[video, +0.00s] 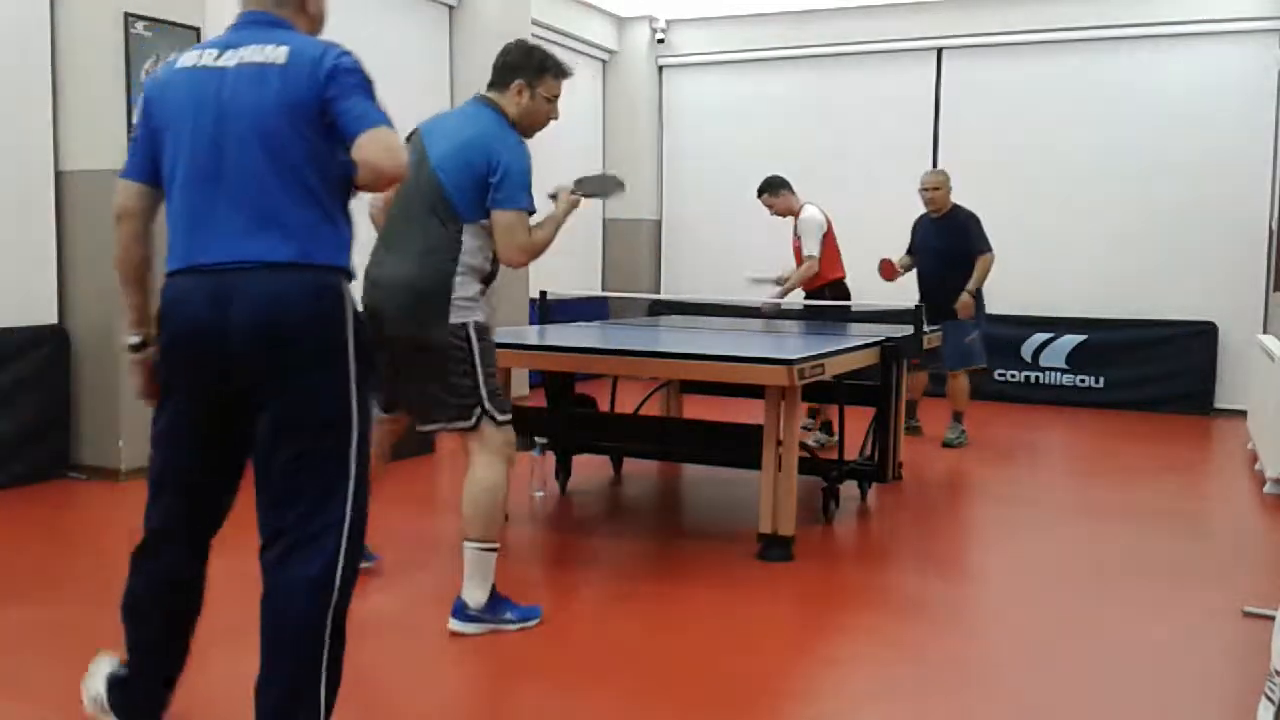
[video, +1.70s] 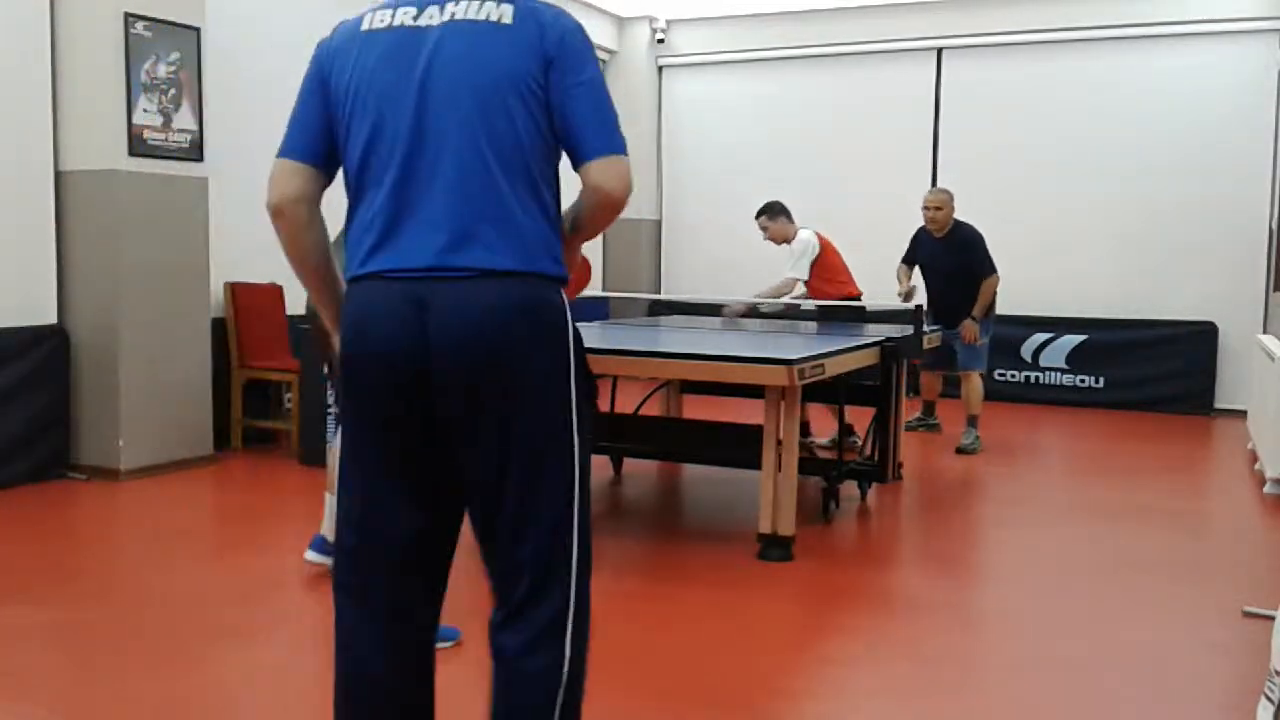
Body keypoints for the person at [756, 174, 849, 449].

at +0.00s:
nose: (772, 213)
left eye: (770, 206)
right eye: (768, 208)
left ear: (783, 194)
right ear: (783, 197)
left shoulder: (810, 217)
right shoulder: (803, 218)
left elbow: (812, 266)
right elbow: (810, 264)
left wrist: (780, 295)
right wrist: (789, 277)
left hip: (828, 295)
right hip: (818, 295)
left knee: (822, 362)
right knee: (816, 361)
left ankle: (825, 427)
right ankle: (817, 420)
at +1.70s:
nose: (765, 237)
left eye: (765, 229)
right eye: (762, 231)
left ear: (780, 220)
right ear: (783, 222)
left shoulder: (805, 239)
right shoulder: (806, 239)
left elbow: (788, 285)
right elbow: (818, 284)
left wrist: (749, 302)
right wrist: (797, 299)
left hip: (844, 311)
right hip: (832, 311)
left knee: (821, 373)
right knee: (813, 371)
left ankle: (845, 429)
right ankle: (844, 428)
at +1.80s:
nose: (758, 244)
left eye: (758, 236)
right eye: (755, 238)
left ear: (774, 228)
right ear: (776, 229)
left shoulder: (797, 245)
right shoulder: (794, 247)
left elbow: (776, 292)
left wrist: (736, 304)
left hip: (836, 316)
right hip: (825, 316)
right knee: (809, 375)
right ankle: (842, 426)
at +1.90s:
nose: (751, 252)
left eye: (752, 244)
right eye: (749, 246)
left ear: (768, 236)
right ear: (771, 237)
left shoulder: (790, 253)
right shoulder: (789, 254)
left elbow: (766, 299)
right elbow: (772, 301)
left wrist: (724, 309)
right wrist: (734, 307)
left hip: (830, 319)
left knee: (779, 374)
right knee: (798, 376)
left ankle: (799, 431)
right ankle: (839, 422)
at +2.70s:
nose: (739, 237)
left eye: (740, 229)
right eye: (738, 231)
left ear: (756, 224)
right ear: (760, 225)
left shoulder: (771, 242)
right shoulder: (783, 245)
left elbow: (738, 279)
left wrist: (691, 287)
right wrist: (757, 290)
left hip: (802, 317)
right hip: (819, 315)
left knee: (773, 368)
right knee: (775, 368)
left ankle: (798, 433)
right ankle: (798, 432)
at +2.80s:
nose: (745, 219)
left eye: (747, 212)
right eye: (744, 213)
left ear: (764, 209)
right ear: (768, 211)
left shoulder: (773, 227)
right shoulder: (784, 232)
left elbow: (741, 249)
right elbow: (782, 281)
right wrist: (753, 271)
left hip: (804, 314)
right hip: (808, 312)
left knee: (781, 376)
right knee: (781, 375)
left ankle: (801, 435)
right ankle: (799, 434)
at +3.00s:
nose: (752, 198)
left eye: (757, 193)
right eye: (754, 193)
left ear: (774, 196)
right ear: (777, 197)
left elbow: (735, 226)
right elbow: (787, 277)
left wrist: (700, 205)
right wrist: (752, 279)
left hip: (795, 306)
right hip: (805, 304)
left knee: (782, 374)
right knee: (784, 375)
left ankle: (801, 435)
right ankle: (799, 434)